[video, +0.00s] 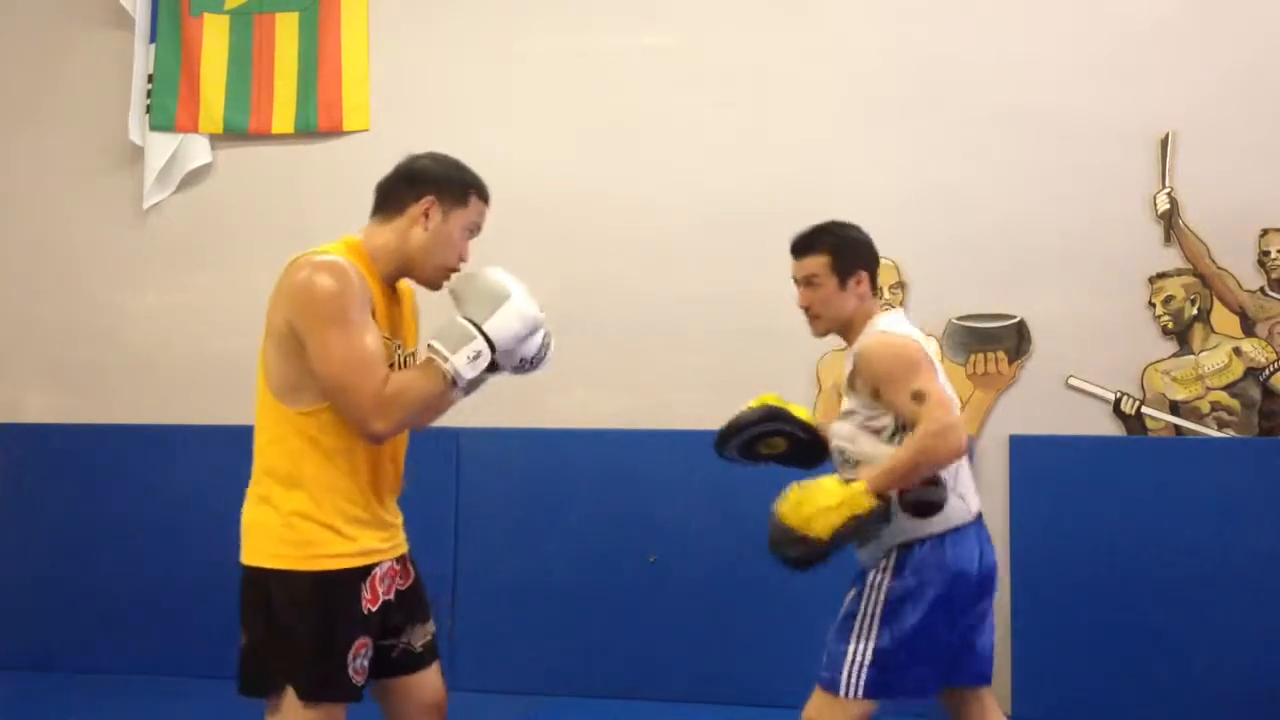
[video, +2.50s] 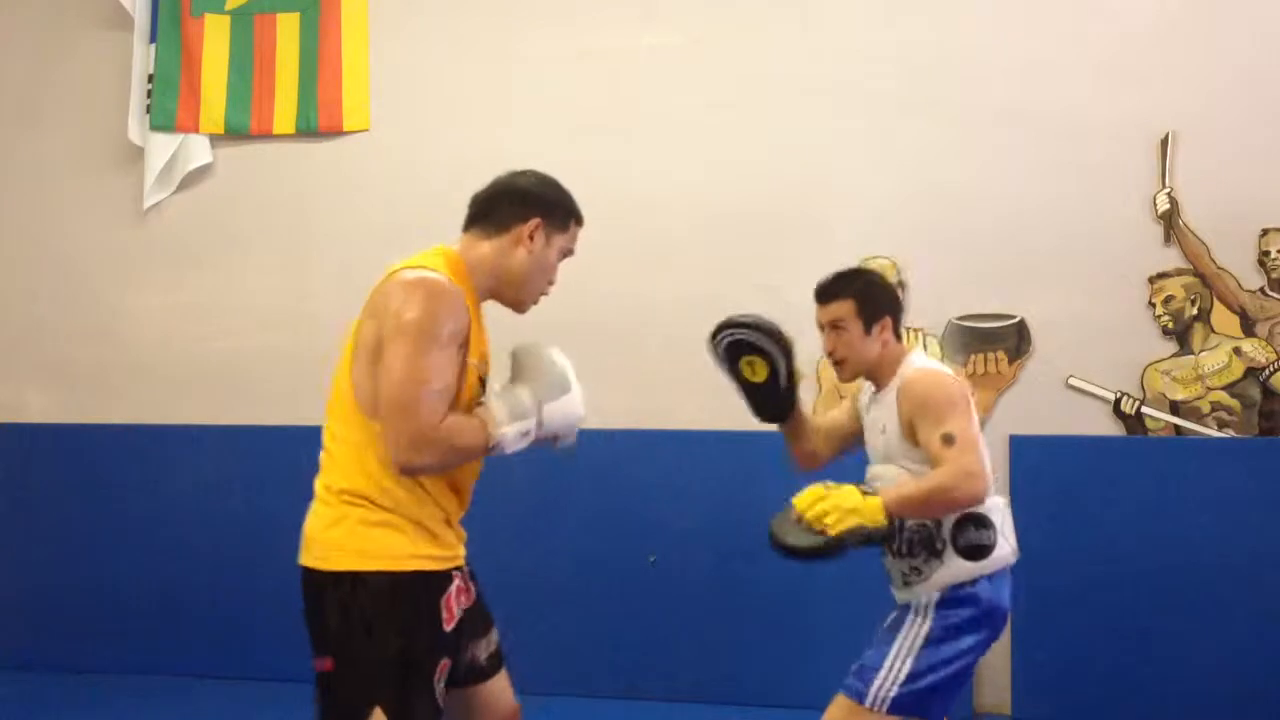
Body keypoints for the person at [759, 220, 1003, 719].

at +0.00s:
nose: (801, 300)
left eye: (811, 284)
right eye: (798, 286)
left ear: (859, 285)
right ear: (859, 289)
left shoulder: (881, 348)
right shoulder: (894, 337)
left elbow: (947, 436)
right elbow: (897, 442)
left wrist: (855, 492)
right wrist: (813, 434)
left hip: (915, 556)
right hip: (961, 545)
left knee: (831, 709)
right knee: (970, 699)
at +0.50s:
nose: (773, 314)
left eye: (784, 299)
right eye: (773, 300)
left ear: (832, 300)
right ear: (830, 304)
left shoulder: (880, 358)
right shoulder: (830, 360)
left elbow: (889, 469)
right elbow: (799, 438)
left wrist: (781, 459)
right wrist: (746, 406)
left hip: (920, 559)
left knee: (836, 710)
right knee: (951, 702)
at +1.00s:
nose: (825, 295)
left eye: (837, 280)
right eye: (824, 281)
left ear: (885, 283)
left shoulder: (914, 341)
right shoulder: (867, 350)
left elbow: (926, 442)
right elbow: (796, 381)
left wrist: (825, 434)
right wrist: (775, 314)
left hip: (921, 560)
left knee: (844, 710)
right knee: (959, 702)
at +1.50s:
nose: (838, 298)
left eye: (849, 283)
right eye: (836, 284)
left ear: (895, 284)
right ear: (889, 288)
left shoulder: (919, 339)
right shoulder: (888, 351)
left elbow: (962, 427)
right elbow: (820, 404)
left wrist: (872, 469)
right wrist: (796, 335)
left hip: (929, 557)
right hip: (959, 554)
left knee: (844, 711)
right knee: (962, 706)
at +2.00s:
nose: (834, 293)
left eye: (845, 278)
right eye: (832, 279)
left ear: (892, 280)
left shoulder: (924, 342)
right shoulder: (865, 349)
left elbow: (954, 440)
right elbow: (792, 384)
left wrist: (858, 439)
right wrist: (766, 318)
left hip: (931, 553)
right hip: (900, 554)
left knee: (854, 707)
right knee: (948, 700)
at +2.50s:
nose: (826, 345)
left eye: (837, 329)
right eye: (823, 331)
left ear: (882, 330)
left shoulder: (929, 385)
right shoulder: (870, 396)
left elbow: (967, 482)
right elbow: (810, 453)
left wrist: (876, 505)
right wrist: (778, 395)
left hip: (959, 590)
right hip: (926, 587)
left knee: (850, 714)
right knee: (910, 714)